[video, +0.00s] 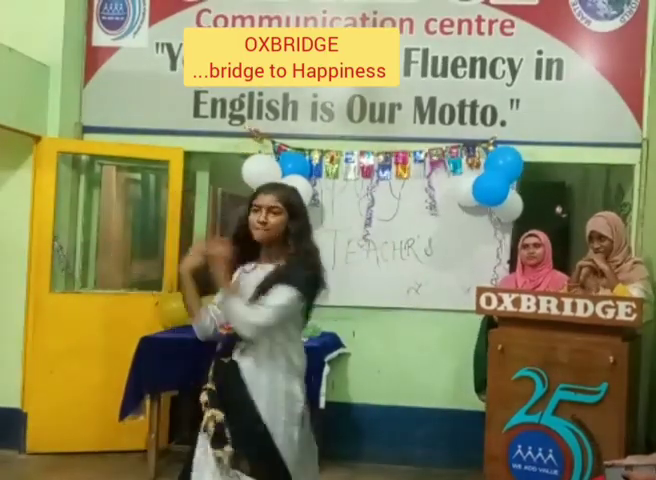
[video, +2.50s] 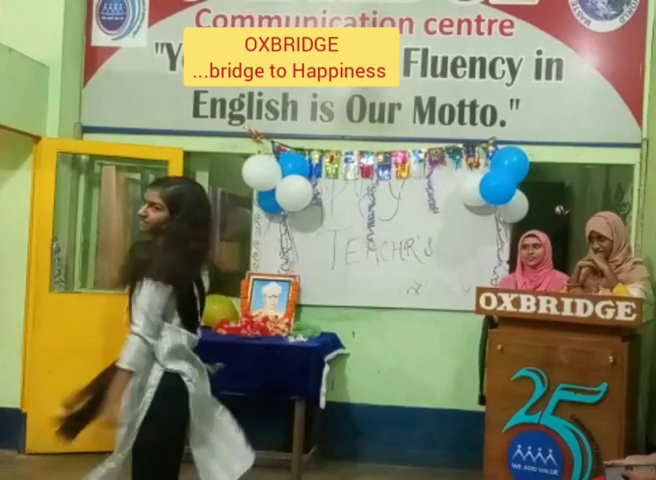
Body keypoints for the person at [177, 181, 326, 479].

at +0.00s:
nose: (262, 218)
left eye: (273, 212)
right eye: (257, 210)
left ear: (292, 222)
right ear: (248, 216)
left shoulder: (300, 273)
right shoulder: (244, 272)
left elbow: (255, 324)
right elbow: (206, 327)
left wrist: (223, 278)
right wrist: (186, 275)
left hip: (272, 390)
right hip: (233, 385)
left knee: (271, 467)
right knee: (220, 466)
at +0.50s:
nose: (197, 214)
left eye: (210, 213)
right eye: (197, 205)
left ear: (230, 226)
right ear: (192, 206)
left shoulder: (221, 266)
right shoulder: (202, 262)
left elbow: (171, 317)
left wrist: (131, 283)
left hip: (220, 385)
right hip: (197, 381)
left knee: (227, 469)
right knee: (180, 465)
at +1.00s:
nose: (255, 227)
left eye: (264, 218)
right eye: (247, 219)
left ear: (280, 223)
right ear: (236, 224)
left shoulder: (291, 279)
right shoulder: (221, 270)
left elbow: (341, 309)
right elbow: (230, 329)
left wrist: (378, 271)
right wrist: (299, 327)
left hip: (278, 386)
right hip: (233, 385)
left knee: (273, 462)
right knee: (218, 462)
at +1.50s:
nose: (231, 228)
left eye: (239, 220)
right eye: (232, 220)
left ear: (264, 227)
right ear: (265, 229)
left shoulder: (252, 281)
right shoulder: (279, 277)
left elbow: (185, 285)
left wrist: (181, 233)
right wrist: (183, 231)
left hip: (238, 384)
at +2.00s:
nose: (190, 214)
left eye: (201, 205)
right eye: (186, 206)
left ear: (225, 214)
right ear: (180, 212)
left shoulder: (240, 260)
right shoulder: (174, 253)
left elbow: (271, 217)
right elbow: (118, 212)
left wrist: (234, 174)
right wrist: (172, 174)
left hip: (228, 385)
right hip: (175, 382)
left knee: (217, 472)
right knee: (168, 469)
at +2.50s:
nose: (142, 212)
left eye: (154, 207)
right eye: (145, 204)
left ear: (178, 216)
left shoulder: (163, 263)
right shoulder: (191, 262)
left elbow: (141, 336)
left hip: (164, 386)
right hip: (183, 383)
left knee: (150, 470)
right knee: (161, 468)